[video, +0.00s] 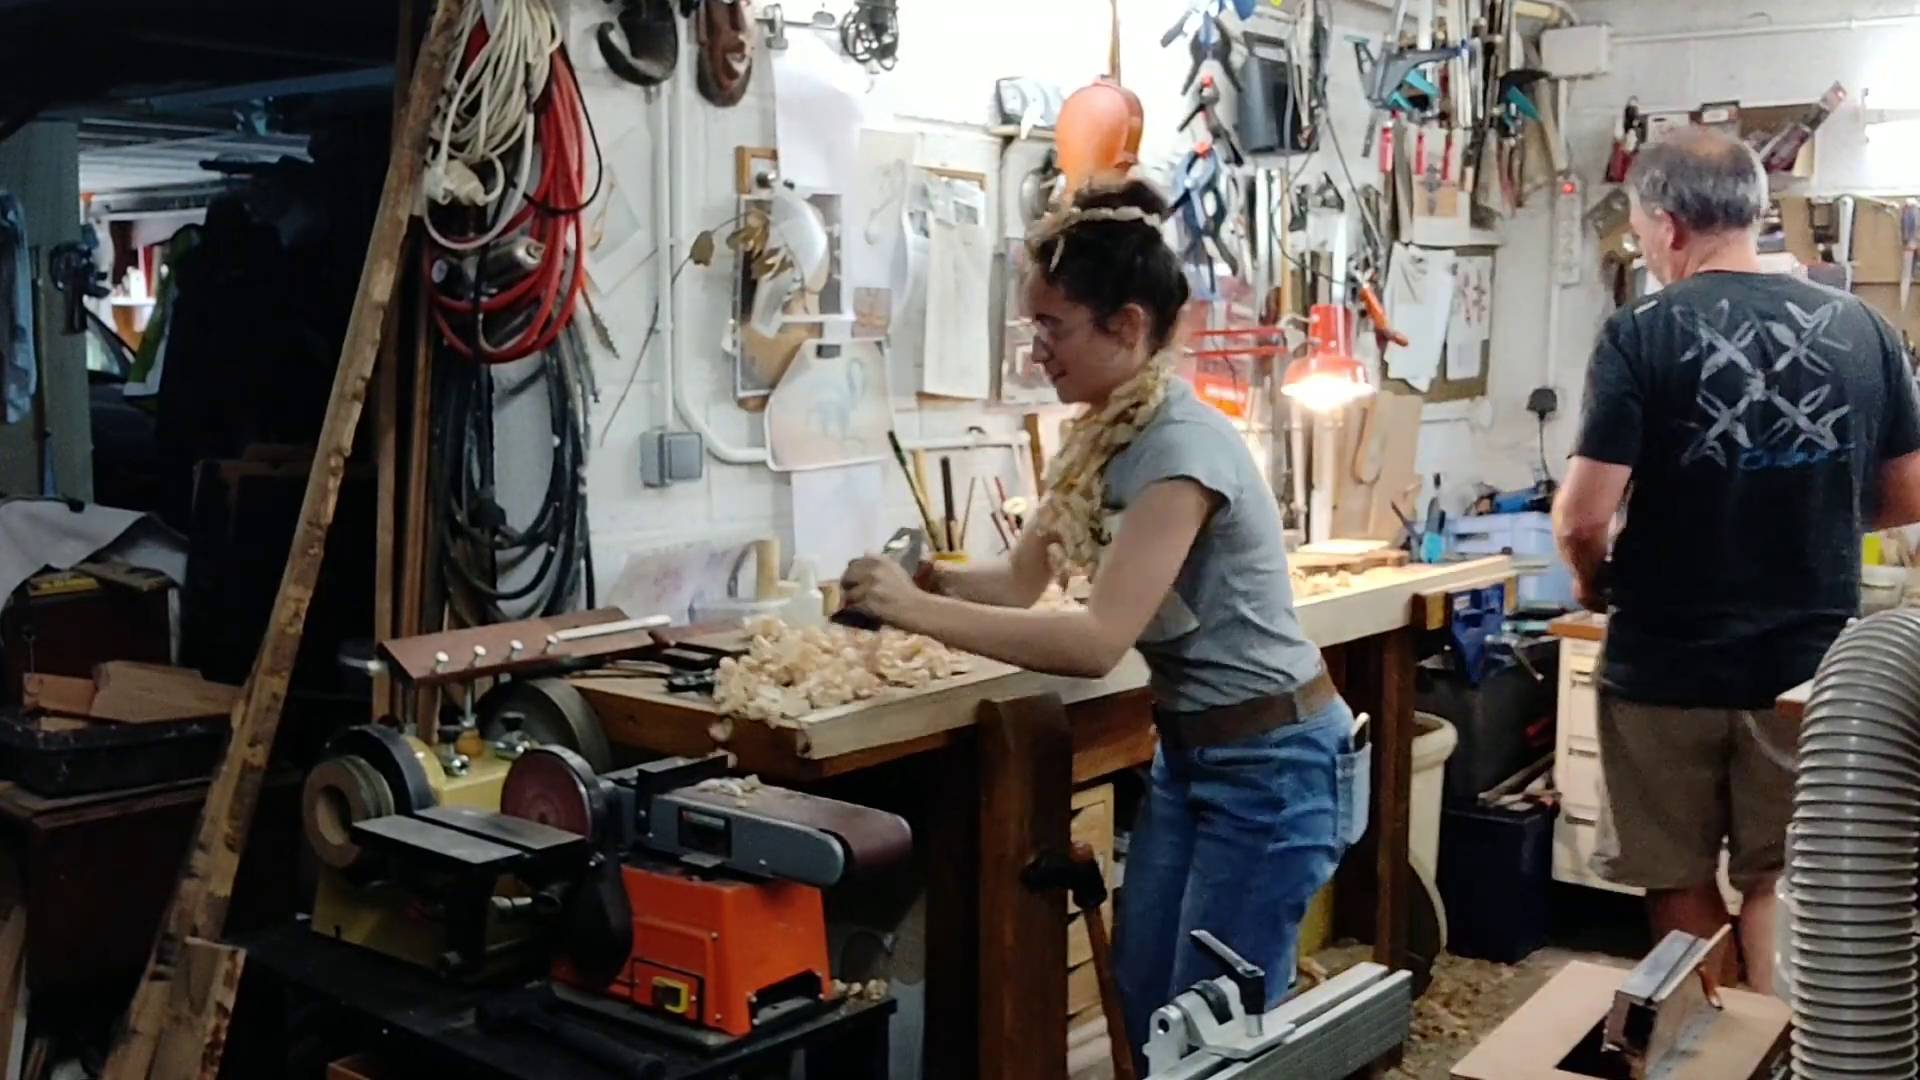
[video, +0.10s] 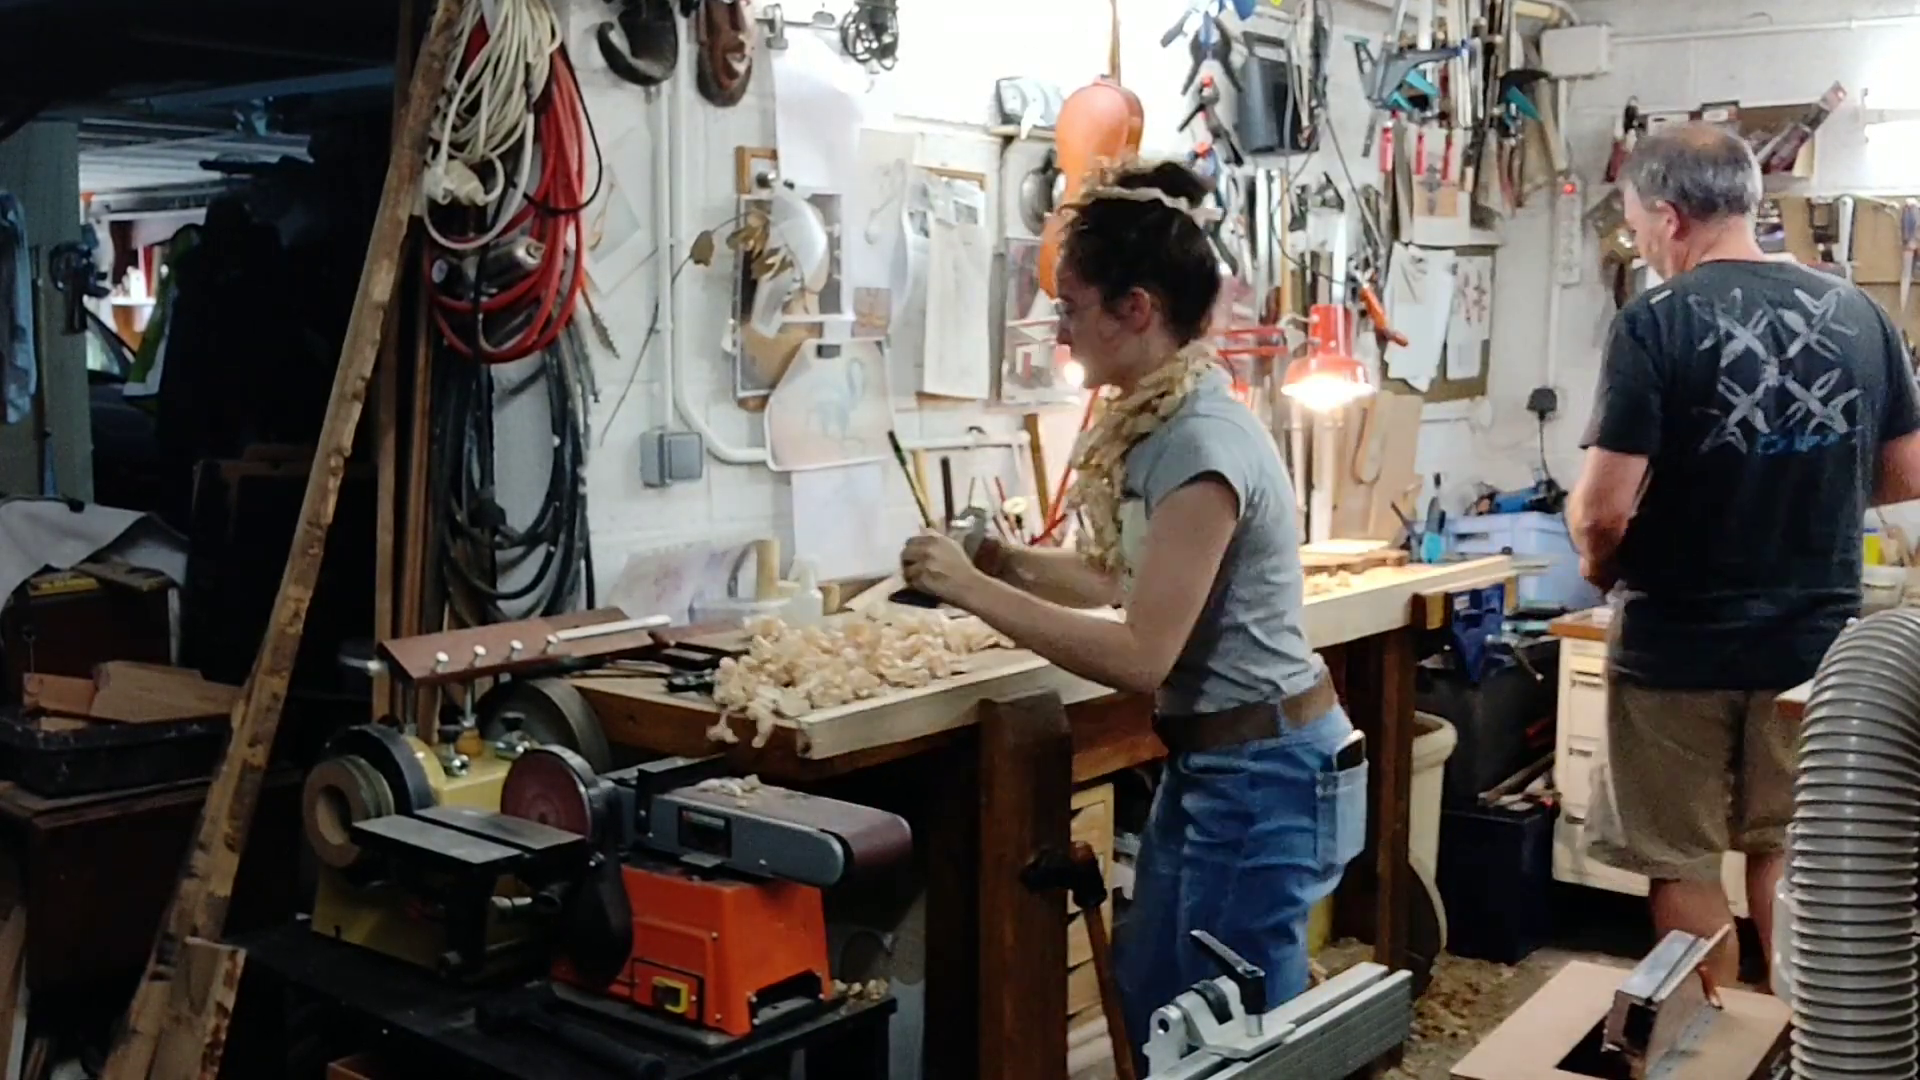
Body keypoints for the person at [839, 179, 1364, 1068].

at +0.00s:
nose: (1035, 350)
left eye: (1051, 328)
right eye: (1032, 328)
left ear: (1128, 326)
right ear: (1111, 329)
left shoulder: (1182, 446)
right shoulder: (1099, 444)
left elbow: (1096, 642)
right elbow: (1019, 583)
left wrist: (918, 608)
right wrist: (921, 582)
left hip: (1273, 763)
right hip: (1185, 757)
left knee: (1210, 1029)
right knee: (1139, 1007)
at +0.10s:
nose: (1058, 329)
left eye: (1070, 309)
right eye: (1058, 307)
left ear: (1138, 311)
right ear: (1139, 313)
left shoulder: (1201, 441)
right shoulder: (1162, 426)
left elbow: (1143, 659)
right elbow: (1127, 584)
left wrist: (978, 591)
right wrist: (1008, 563)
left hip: (1263, 766)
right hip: (1214, 758)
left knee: (1223, 1030)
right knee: (1144, 997)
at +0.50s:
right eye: (1351, 284)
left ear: (1228, 299)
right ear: (1349, 299)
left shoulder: (1172, 451)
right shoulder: (1422, 437)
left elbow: (1156, 653)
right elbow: (1473, 638)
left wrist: (1224, 574)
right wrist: (1391, 605)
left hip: (1255, 795)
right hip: (1402, 782)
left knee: (1245, 1051)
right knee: (1364, 1037)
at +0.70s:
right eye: (1415, 302)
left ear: (1294, 312)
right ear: (1410, 313)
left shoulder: (1216, 456)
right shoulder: (1474, 455)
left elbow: (1229, 639)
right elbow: (1519, 664)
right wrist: (1461, 586)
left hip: (1268, 781)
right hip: (1428, 780)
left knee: (1273, 1049)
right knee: (1427, 1036)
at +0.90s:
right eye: (1508, 301)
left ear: (1376, 311)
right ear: (1494, 317)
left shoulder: (1313, 457)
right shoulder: (1546, 458)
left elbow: (1334, 613)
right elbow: (1572, 662)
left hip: (1343, 756)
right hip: (1495, 761)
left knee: (1333, 1037)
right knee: (1476, 1039)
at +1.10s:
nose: (1591, 295)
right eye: (1586, 276)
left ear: (1462, 297)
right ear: (1572, 293)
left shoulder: (1405, 424)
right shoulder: (1599, 426)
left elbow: (1412, 571)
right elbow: (1619, 624)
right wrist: (1656, 554)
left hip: (1406, 723)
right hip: (1534, 735)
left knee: (1438, 945)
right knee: (1496, 1004)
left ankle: (1418, 1079)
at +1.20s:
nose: (1616, 305)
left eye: (1489, 294)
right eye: (1612, 291)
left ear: (1497, 306)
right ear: (1601, 297)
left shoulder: (1442, 420)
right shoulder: (1623, 425)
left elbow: (1448, 571)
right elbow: (1632, 623)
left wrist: (1621, 518)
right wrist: (1688, 557)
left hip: (1433, 711)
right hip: (1552, 727)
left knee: (1496, 956)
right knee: (1508, 1001)